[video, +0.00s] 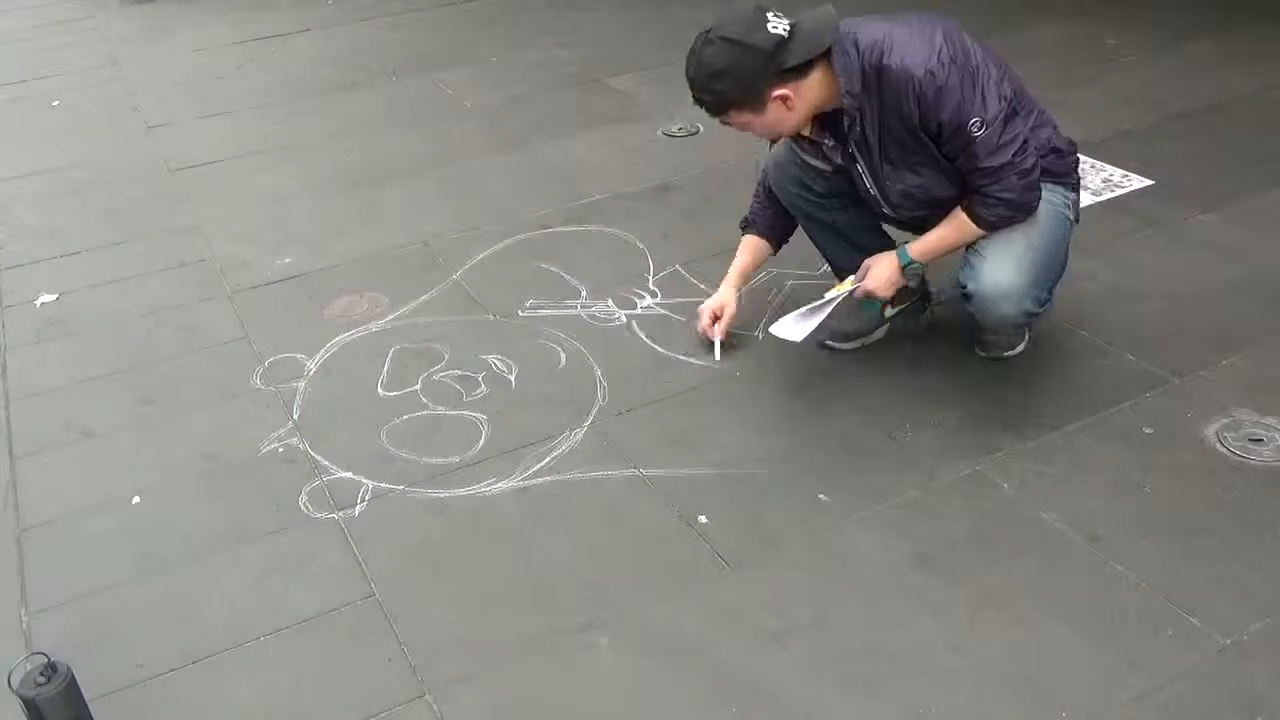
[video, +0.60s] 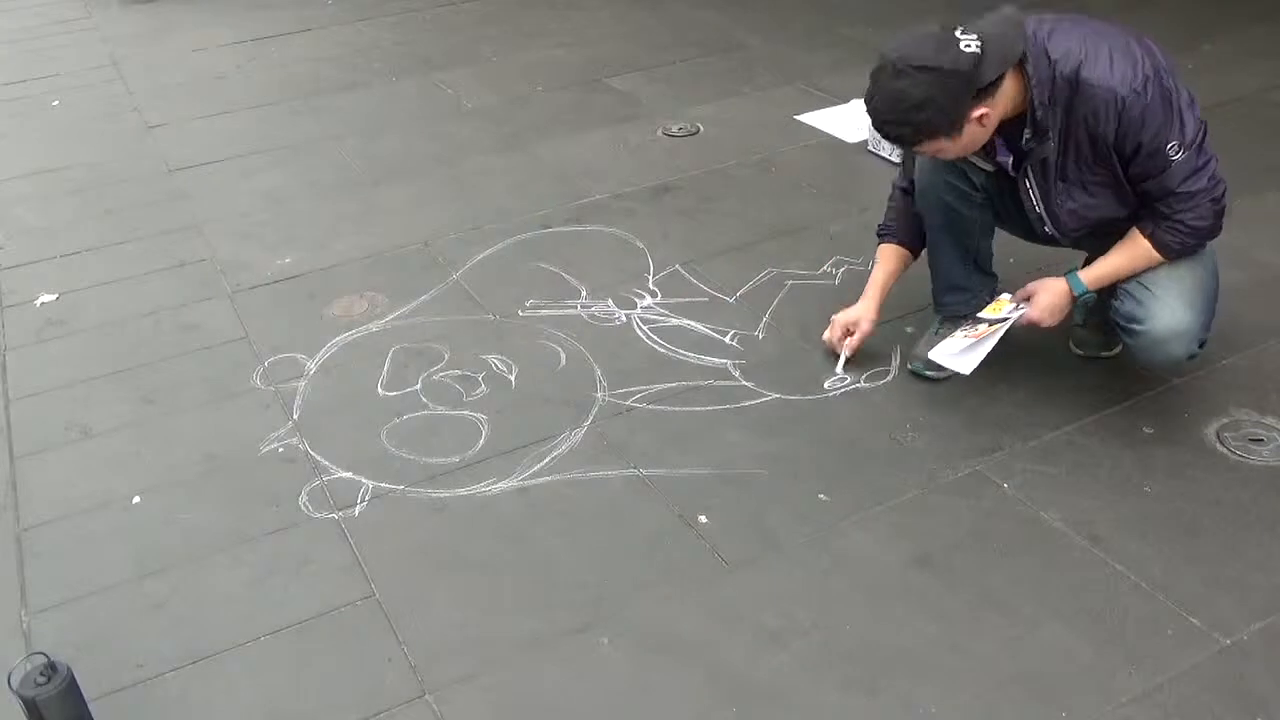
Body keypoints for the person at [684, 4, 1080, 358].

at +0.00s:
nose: (749, 135)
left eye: (745, 124)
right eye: (738, 126)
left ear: (782, 98)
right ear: (781, 94)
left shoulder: (928, 69)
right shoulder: (809, 100)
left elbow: (1010, 196)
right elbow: (777, 193)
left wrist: (904, 260)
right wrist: (731, 284)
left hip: (1027, 185)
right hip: (925, 191)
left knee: (1000, 293)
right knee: (790, 167)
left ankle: (1001, 320)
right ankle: (895, 293)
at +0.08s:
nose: (757, 136)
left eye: (754, 127)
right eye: (747, 129)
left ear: (793, 105)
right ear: (793, 100)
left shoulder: (937, 73)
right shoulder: (822, 95)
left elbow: (1019, 199)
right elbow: (767, 184)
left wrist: (912, 260)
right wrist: (688, 265)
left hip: (1034, 188)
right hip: (935, 191)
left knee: (1010, 299)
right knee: (799, 160)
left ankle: (1005, 320)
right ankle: (893, 294)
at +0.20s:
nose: (828, 149)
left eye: (830, 137)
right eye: (819, 141)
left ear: (879, 102)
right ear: (880, 99)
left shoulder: (1002, 78)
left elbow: (1079, 196)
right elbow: (820, 209)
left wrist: (971, 264)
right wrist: (804, 317)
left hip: (1034, 214)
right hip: (949, 210)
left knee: (1083, 297)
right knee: (838, 180)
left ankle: (1001, 297)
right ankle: (900, 298)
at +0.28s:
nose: (758, 172)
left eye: (759, 163)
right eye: (750, 165)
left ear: (803, 135)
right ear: (801, 132)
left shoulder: (941, 89)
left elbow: (1038, 185)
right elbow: (765, 207)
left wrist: (947, 269)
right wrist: (743, 311)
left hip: (1002, 203)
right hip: (914, 209)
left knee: (1063, 287)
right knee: (795, 203)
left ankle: (989, 288)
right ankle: (889, 303)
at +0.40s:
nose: (927, 133)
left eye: (927, 124)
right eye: (919, 126)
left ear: (978, 94)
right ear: (976, 90)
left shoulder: (1114, 86)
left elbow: (1181, 224)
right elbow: (927, 166)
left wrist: (1059, 288)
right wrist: (893, 269)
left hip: (1142, 217)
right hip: (1062, 194)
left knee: (1143, 350)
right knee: (944, 156)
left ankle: (1088, 298)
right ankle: (967, 311)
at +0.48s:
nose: (915, 167)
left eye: (918, 157)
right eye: (905, 160)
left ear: (955, 125)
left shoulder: (1096, 88)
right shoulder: (926, 95)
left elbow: (1172, 213)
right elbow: (873, 194)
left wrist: (1060, 288)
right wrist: (831, 298)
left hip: (1122, 221)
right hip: (1034, 207)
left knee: (1158, 333)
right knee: (919, 176)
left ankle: (1094, 304)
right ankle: (966, 319)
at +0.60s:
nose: (931, 157)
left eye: (934, 146)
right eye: (922, 150)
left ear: (979, 116)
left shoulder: (1122, 92)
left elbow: (1195, 214)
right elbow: (911, 194)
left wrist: (1076, 286)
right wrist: (871, 299)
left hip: (1138, 217)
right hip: (1052, 203)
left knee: (1169, 340)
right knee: (936, 170)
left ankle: (1099, 293)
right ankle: (965, 316)